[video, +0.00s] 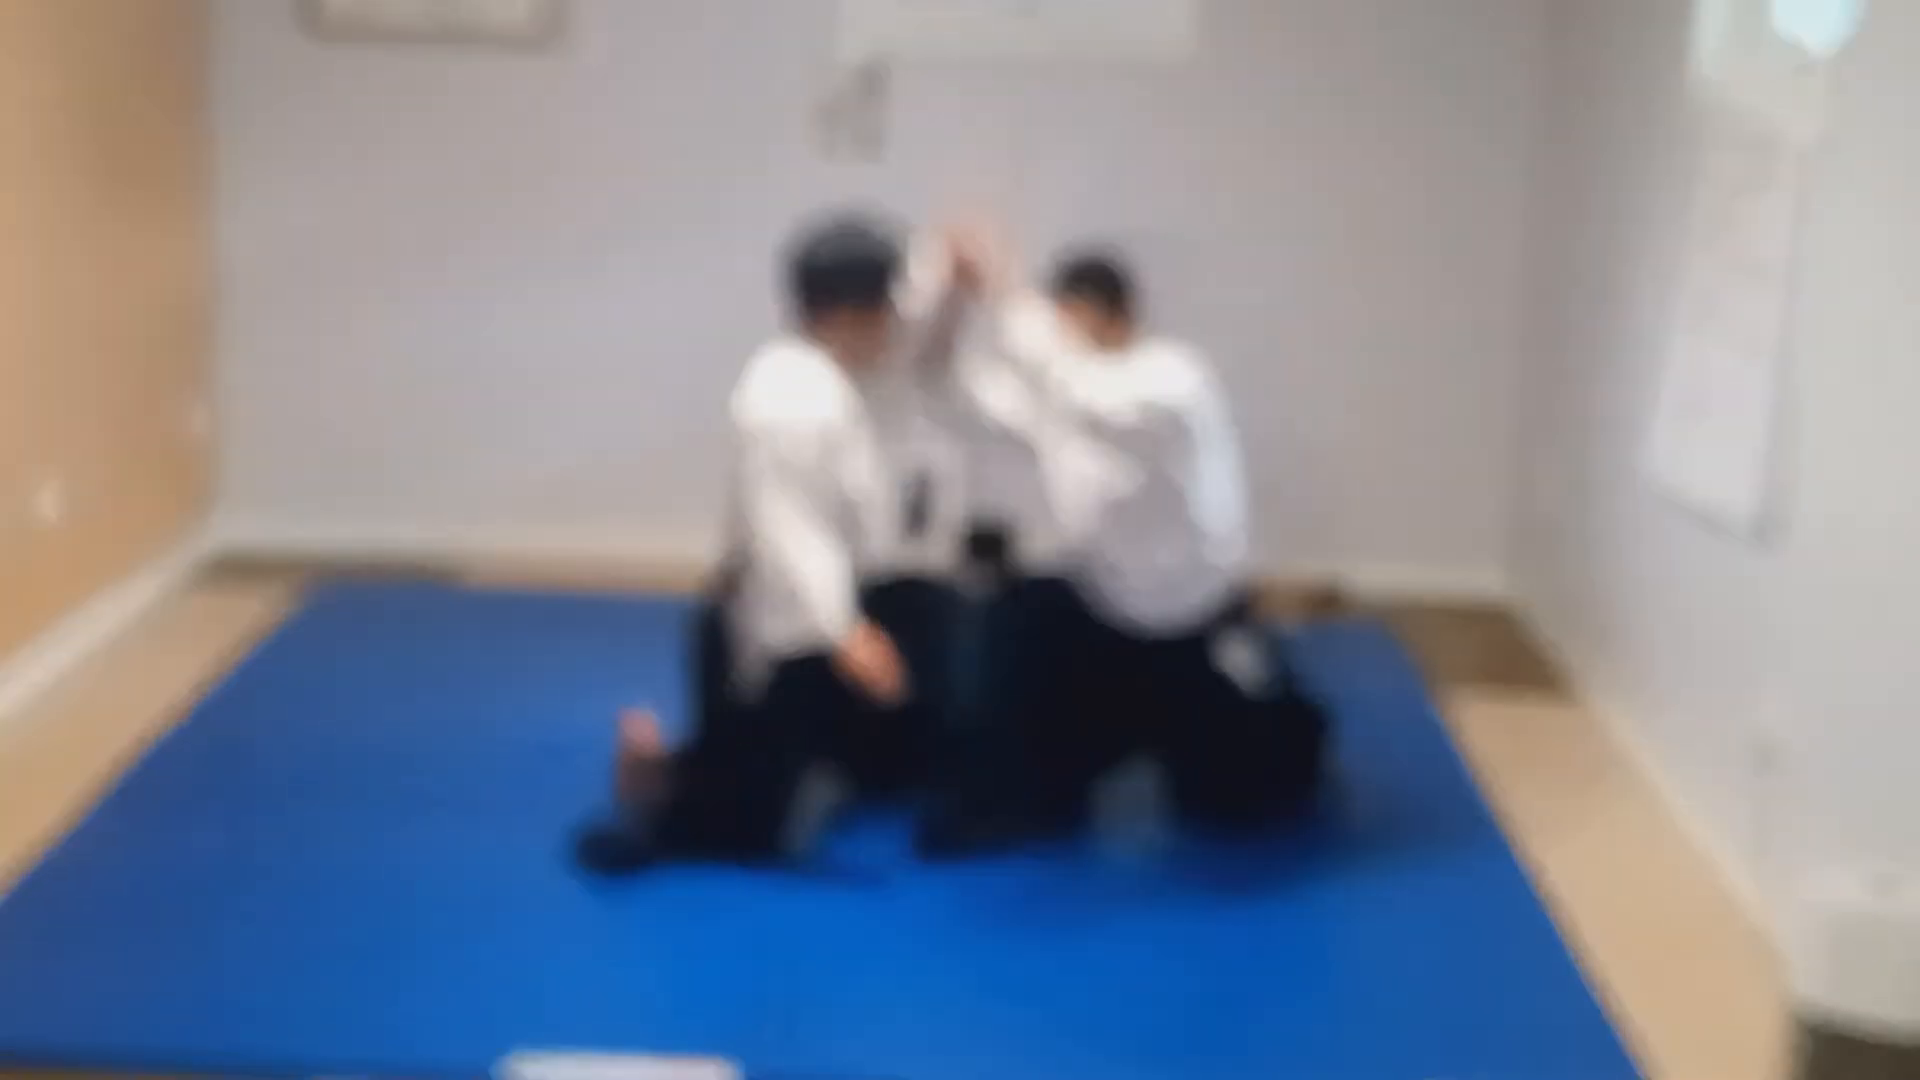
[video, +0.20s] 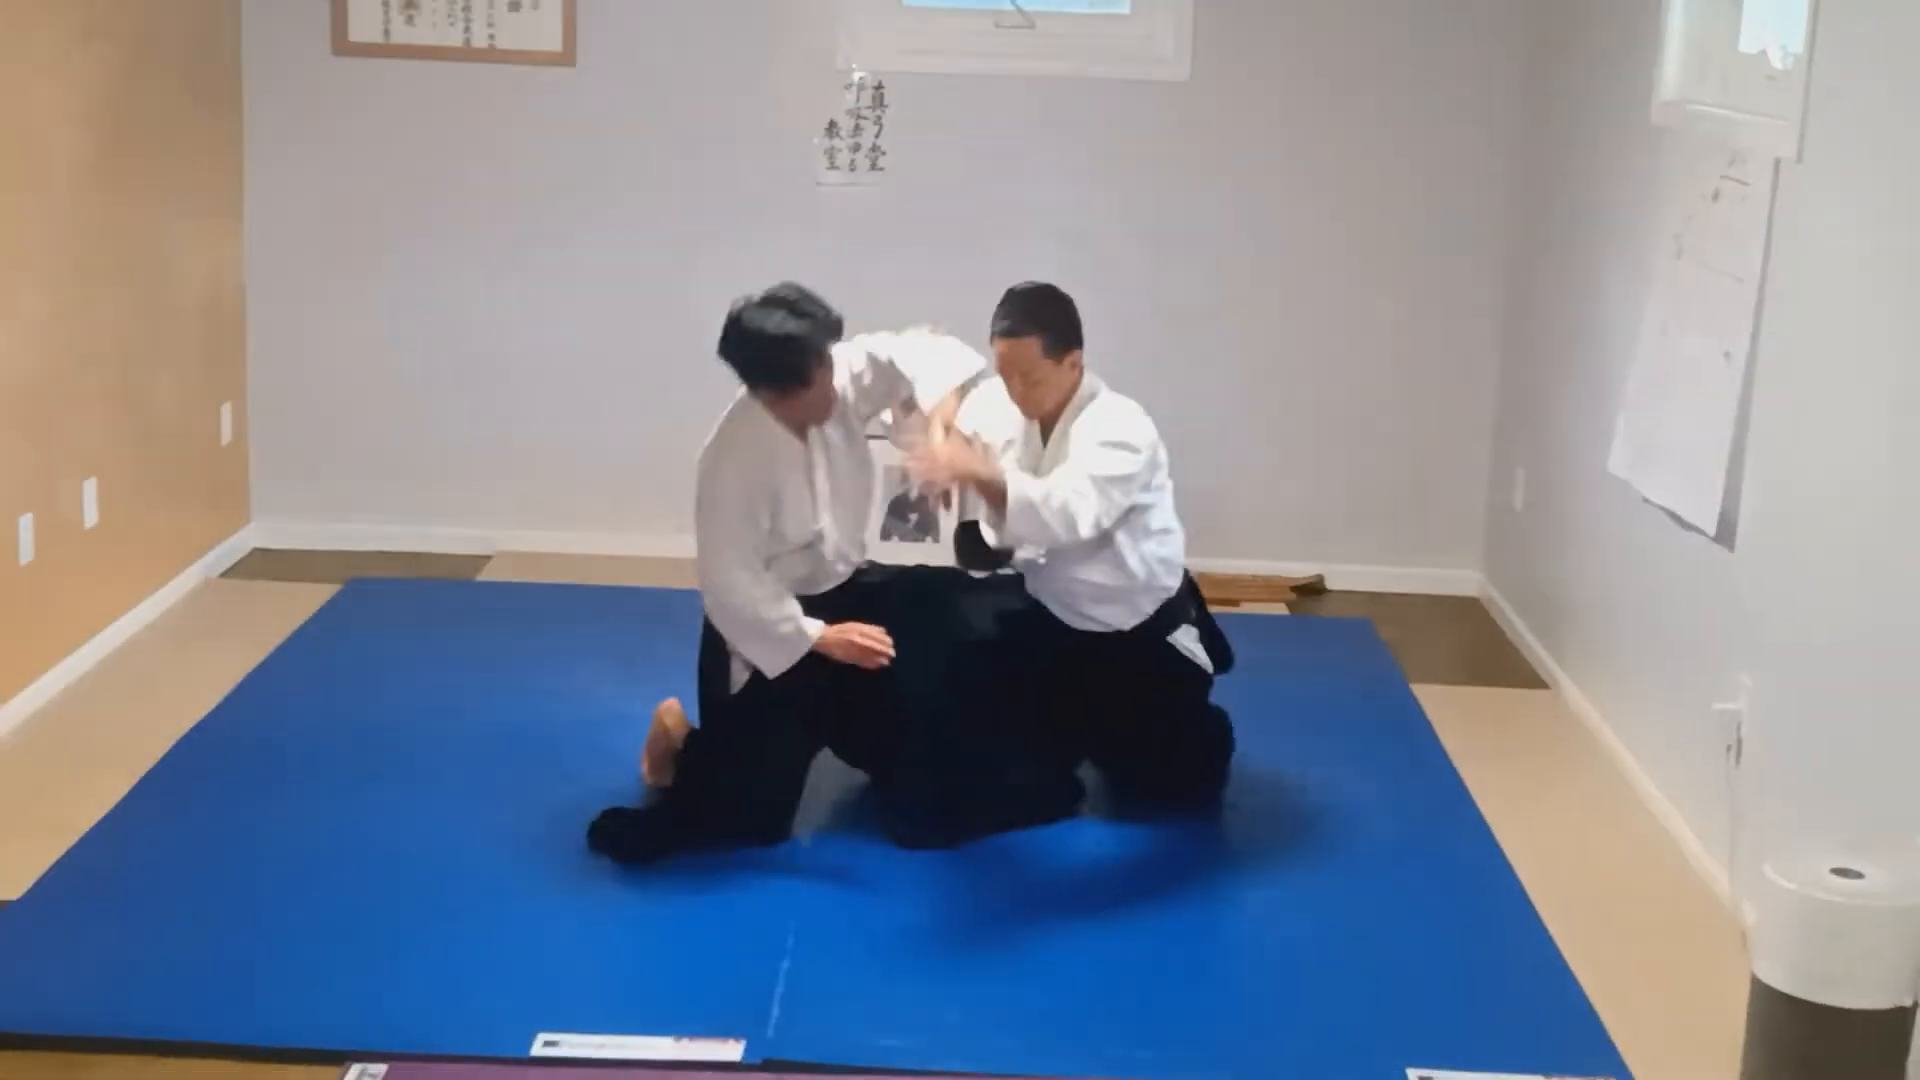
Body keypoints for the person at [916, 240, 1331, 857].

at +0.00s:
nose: (1062, 329)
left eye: (1072, 313)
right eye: (1058, 315)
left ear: (1108, 312)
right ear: (1051, 321)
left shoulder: (1173, 377)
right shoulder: (1049, 400)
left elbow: (1093, 394)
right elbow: (948, 387)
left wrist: (1008, 305)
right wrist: (952, 300)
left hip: (1204, 639)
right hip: (1097, 638)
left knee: (1240, 808)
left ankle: (1291, 728)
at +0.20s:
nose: (1016, 393)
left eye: (1029, 378)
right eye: (1005, 377)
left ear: (1073, 362)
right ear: (996, 364)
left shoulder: (1120, 428)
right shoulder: (999, 413)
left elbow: (1070, 514)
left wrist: (983, 476)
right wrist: (945, 464)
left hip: (1143, 640)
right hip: (1053, 630)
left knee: (1158, 783)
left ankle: (1203, 737)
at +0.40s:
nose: (1010, 414)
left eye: (1026, 400)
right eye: (999, 397)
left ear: (1066, 384)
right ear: (989, 377)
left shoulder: (1119, 455)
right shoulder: (960, 431)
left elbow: (1119, 572)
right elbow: (918, 533)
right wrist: (919, 487)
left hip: (1102, 635)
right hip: (994, 629)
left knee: (1156, 779)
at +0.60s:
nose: (1031, 435)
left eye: (1048, 421)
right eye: (1019, 418)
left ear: (1080, 404)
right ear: (1005, 397)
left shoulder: (1128, 468)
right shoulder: (964, 452)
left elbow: (1152, 592)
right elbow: (914, 517)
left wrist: (1095, 675)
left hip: (1099, 648)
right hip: (996, 643)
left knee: (1158, 784)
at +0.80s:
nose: (1049, 443)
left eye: (1066, 426)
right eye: (1036, 424)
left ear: (1090, 412)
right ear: (1014, 402)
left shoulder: (1125, 483)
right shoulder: (960, 462)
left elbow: (1119, 609)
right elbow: (905, 538)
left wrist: (1061, 692)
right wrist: (916, 601)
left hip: (1088, 651)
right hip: (980, 645)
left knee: (1158, 786)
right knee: (934, 802)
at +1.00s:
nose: (1046, 453)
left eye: (1064, 436)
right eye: (1032, 434)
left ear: (1084, 422)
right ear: (1006, 409)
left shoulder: (1115, 490)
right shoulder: (955, 469)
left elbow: (1107, 612)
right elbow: (893, 543)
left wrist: (1046, 676)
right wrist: (903, 593)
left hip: (1070, 666)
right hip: (960, 662)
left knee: (1157, 784)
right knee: (929, 796)